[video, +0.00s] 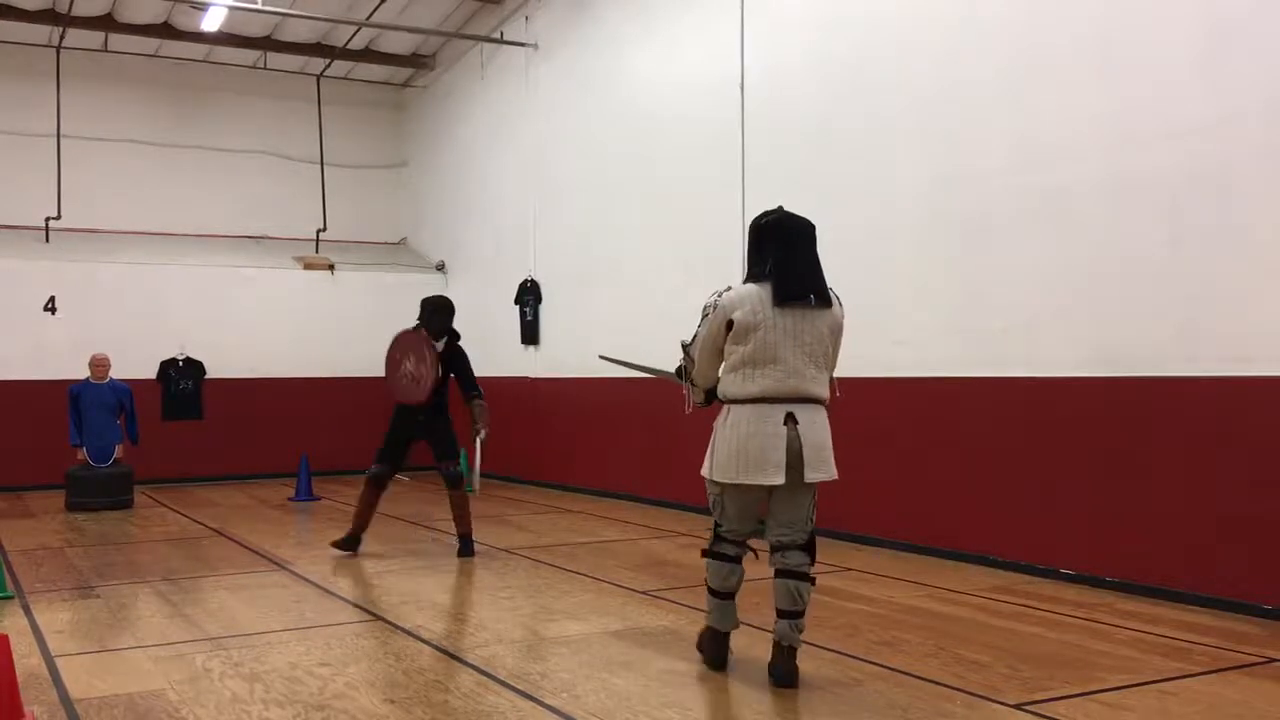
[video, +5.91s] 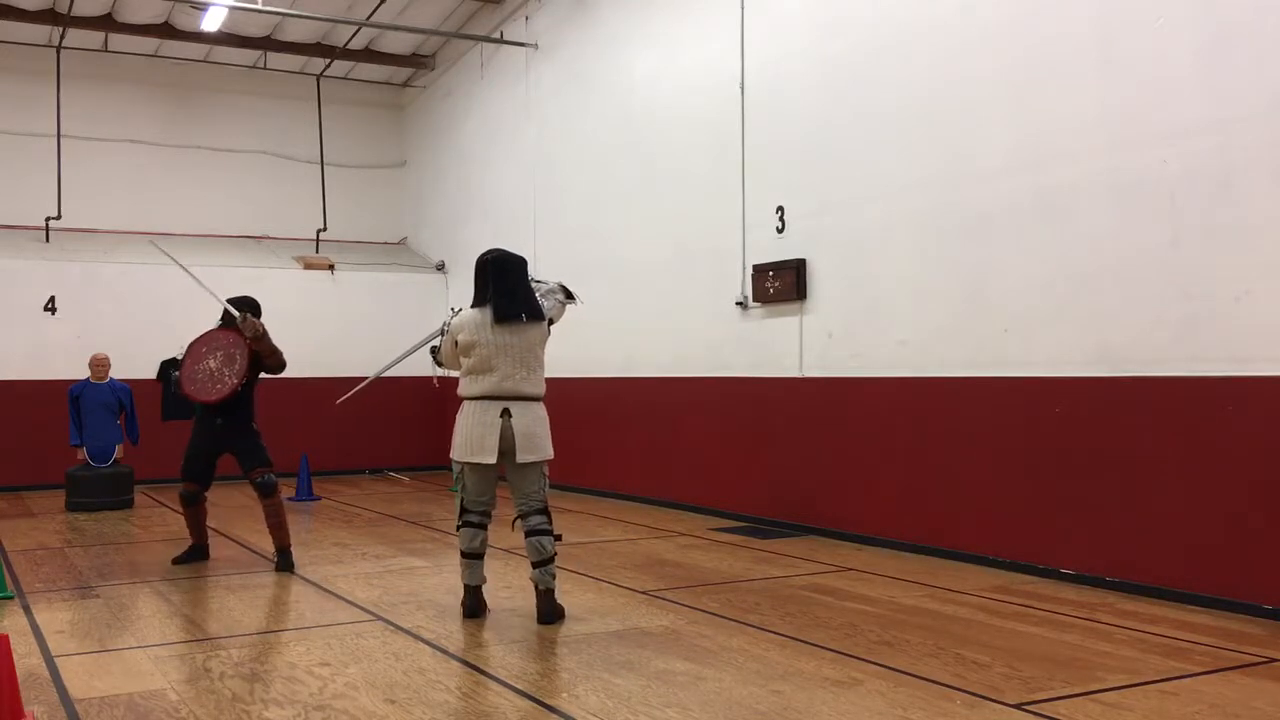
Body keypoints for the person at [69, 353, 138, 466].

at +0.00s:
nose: (100, 369)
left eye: (104, 366)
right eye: (97, 366)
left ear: (109, 367)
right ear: (90, 367)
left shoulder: (121, 390)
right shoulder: (77, 390)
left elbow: (129, 416)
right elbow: (74, 419)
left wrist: (133, 438)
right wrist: (78, 445)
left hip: (113, 445)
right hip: (87, 445)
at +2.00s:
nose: (100, 369)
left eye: (104, 366)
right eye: (97, 366)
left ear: (109, 367)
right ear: (90, 367)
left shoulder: (121, 389)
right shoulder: (77, 390)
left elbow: (130, 415)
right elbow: (74, 419)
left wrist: (133, 437)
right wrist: (78, 444)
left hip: (113, 444)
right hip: (88, 444)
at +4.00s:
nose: (100, 369)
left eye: (104, 366)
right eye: (96, 366)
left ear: (109, 367)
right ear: (89, 367)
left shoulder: (121, 389)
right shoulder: (77, 390)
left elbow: (130, 415)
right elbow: (74, 419)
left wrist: (133, 437)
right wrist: (78, 444)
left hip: (114, 445)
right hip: (87, 445)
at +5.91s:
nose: (100, 369)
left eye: (103, 366)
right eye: (96, 366)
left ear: (109, 367)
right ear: (89, 367)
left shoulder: (121, 389)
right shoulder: (77, 390)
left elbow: (130, 415)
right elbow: (74, 420)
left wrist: (133, 437)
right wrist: (78, 445)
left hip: (113, 444)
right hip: (88, 444)